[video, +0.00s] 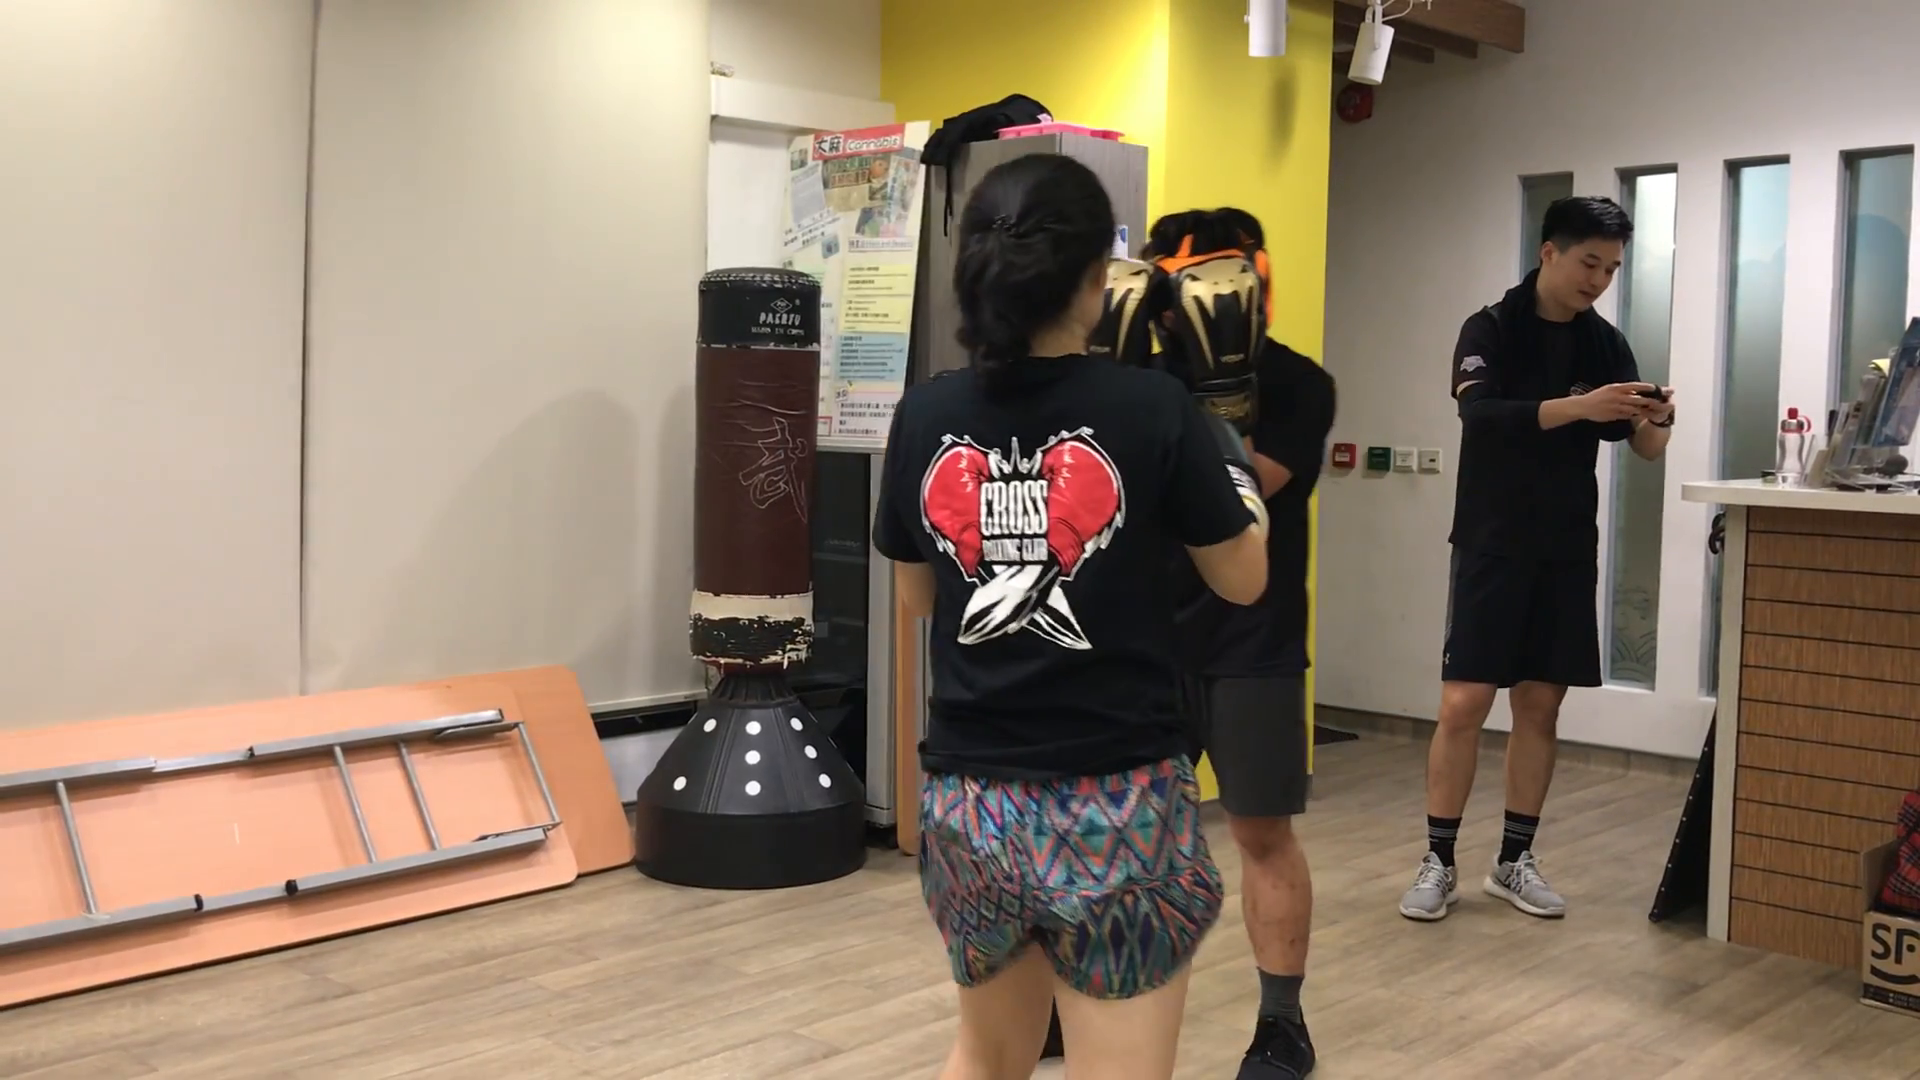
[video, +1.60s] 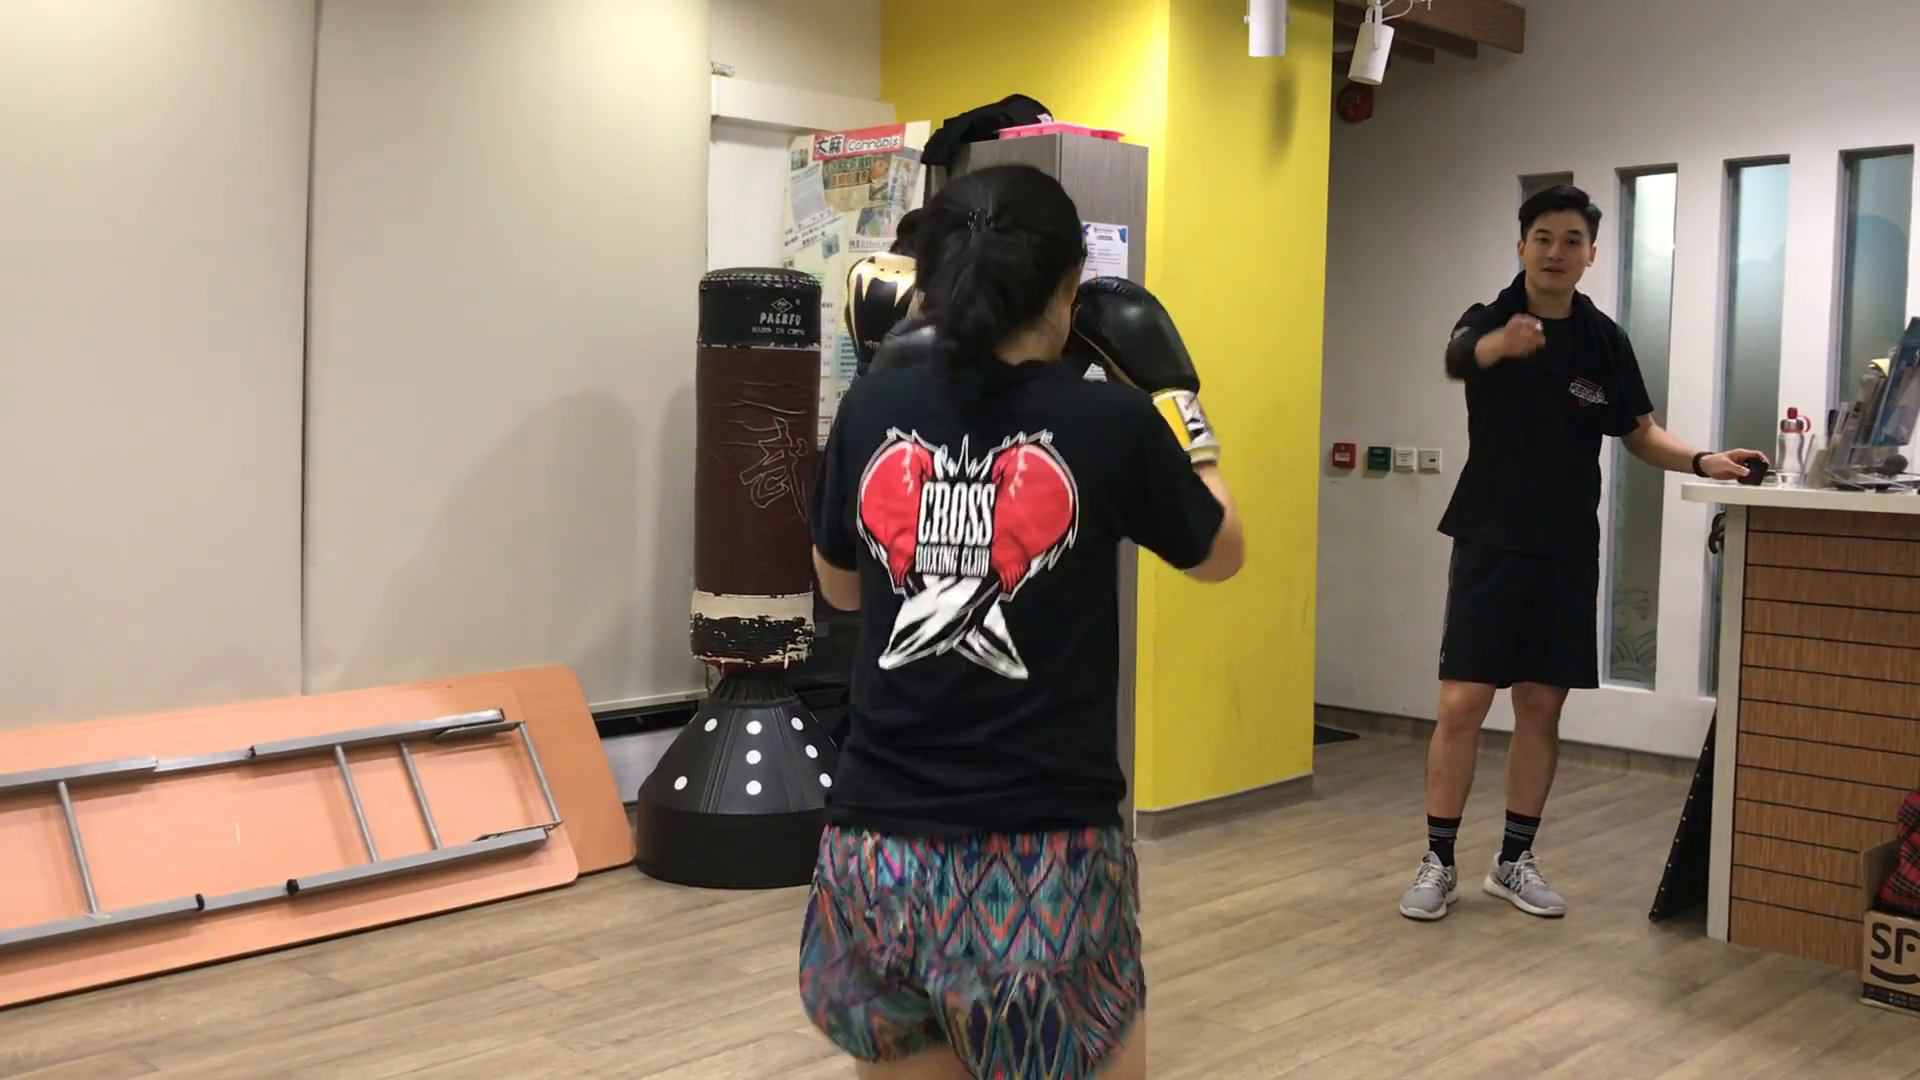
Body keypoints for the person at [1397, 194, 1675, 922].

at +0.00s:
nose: (1600, 280)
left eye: (1610, 269)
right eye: (1590, 264)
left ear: (1613, 271)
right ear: (1548, 252)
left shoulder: (1606, 346)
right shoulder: (1489, 328)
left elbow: (1648, 449)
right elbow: (1481, 415)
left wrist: (1655, 420)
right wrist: (1584, 406)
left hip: (1565, 551)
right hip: (1490, 545)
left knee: (1539, 707)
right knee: (1462, 705)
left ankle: (1515, 861)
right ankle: (1438, 862)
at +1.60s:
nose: (1556, 252)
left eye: (1571, 240)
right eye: (1543, 238)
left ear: (1592, 252)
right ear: (1521, 246)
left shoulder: (1603, 339)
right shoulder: (1484, 322)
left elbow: (1642, 433)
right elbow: (1462, 356)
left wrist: (1704, 459)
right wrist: (1498, 345)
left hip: (1566, 546)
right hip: (1489, 539)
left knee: (1541, 708)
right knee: (1460, 706)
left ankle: (1514, 861)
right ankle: (1437, 863)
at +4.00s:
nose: (1618, 269)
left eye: (1635, 257)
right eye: (1609, 255)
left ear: (1665, 263)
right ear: (1597, 256)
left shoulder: (1695, 348)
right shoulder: (1570, 330)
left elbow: (1720, 450)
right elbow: (1521, 374)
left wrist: (1646, 472)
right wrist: (1546, 451)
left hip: (1657, 539)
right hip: (1581, 533)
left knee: (1652, 698)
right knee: (1571, 694)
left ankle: (1650, 851)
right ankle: (1578, 839)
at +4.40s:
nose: (1652, 269)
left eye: (1670, 258)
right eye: (1643, 255)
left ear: (1701, 264)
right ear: (1632, 256)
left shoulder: (1725, 350)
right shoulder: (1606, 328)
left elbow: (1735, 458)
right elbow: (1550, 387)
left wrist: (1646, 471)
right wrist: (1570, 462)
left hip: (1677, 542)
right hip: (1605, 534)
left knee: (1663, 703)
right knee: (1571, 693)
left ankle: (1652, 852)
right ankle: (1593, 843)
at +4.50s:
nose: (1656, 269)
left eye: (1674, 258)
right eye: (1647, 254)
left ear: (1706, 264)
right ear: (1636, 255)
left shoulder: (1729, 350)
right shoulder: (1609, 328)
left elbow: (1735, 457)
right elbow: (1552, 387)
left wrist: (1647, 471)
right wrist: (1571, 460)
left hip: (1681, 543)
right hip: (1608, 534)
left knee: (1665, 705)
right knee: (1572, 693)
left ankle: (1652, 853)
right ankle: (1593, 843)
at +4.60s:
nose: (1658, 270)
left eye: (1676, 258)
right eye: (1649, 255)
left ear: (1709, 264)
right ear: (1638, 257)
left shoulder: (1733, 350)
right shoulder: (1612, 329)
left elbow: (1738, 456)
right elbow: (1555, 388)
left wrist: (1647, 471)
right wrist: (1574, 463)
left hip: (1684, 545)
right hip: (1611, 536)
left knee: (1667, 706)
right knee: (1570, 693)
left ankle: (1651, 853)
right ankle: (1593, 843)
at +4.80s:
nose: (1662, 271)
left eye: (1680, 259)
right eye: (1653, 256)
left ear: (1713, 264)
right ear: (1641, 257)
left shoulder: (1737, 350)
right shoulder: (1616, 328)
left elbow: (1741, 456)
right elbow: (1558, 388)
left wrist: (1648, 470)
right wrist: (1578, 464)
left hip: (1690, 543)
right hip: (1616, 535)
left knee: (1669, 704)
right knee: (1574, 693)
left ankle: (1652, 853)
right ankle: (1592, 843)